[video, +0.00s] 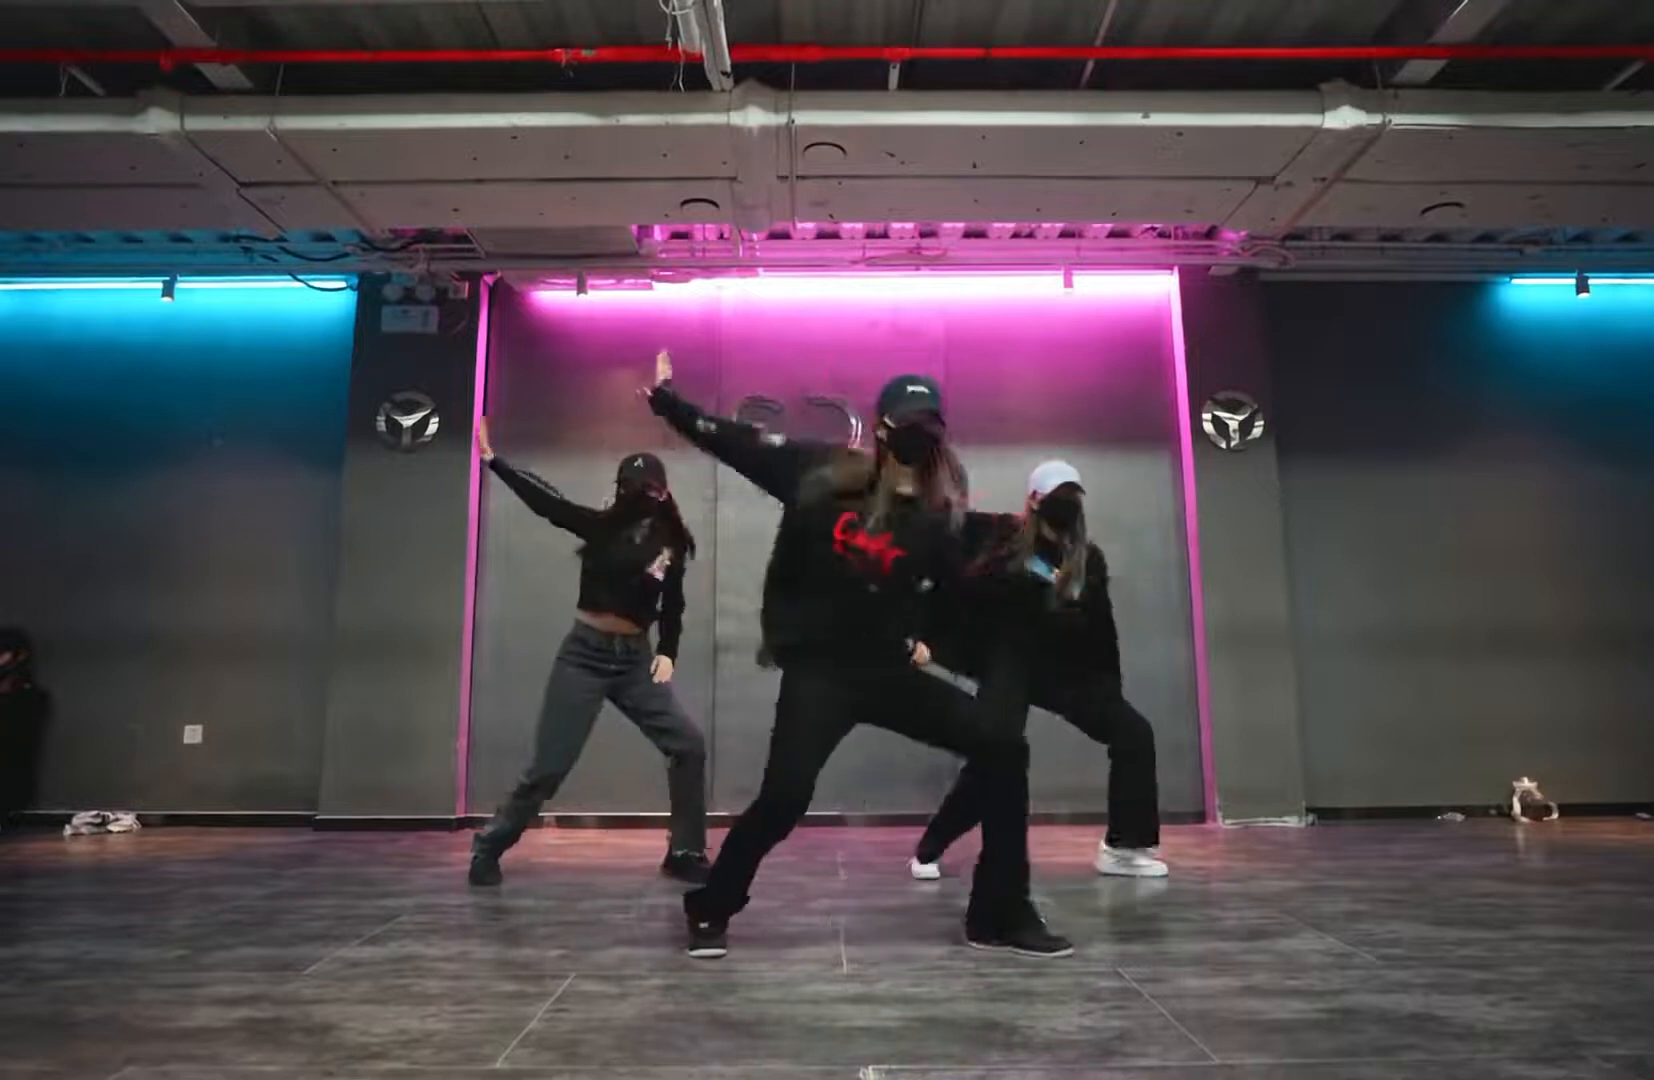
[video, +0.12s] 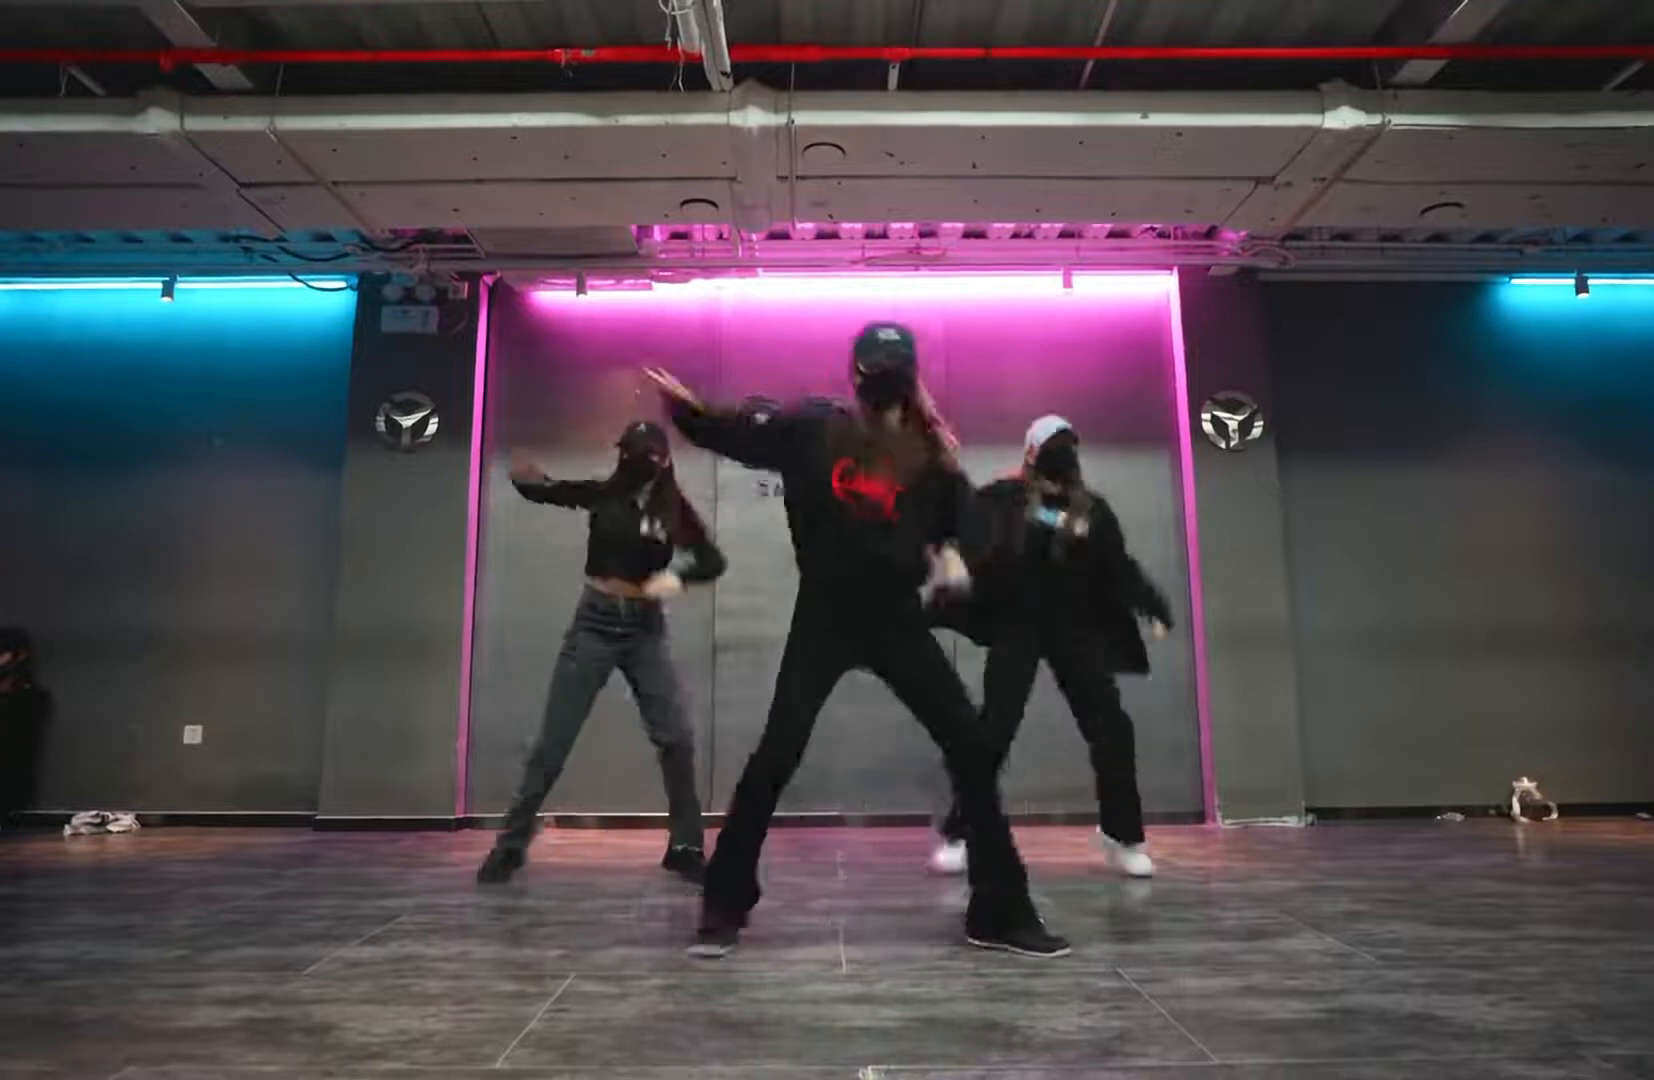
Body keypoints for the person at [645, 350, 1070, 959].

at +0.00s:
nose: (913, 437)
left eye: (925, 426)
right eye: (902, 424)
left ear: (937, 433)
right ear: (877, 426)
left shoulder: (936, 510)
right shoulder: (820, 472)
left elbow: (956, 599)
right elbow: (739, 444)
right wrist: (668, 403)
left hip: (889, 674)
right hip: (817, 673)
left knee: (1004, 747)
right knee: (784, 801)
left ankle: (999, 909)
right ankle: (709, 908)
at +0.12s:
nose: (883, 391)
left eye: (893, 378)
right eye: (873, 378)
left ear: (911, 377)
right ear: (857, 374)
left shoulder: (930, 458)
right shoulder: (811, 430)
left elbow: (969, 538)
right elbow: (734, 434)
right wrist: (687, 408)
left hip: (899, 625)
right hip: (823, 623)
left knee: (972, 748)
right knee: (776, 757)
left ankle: (999, 909)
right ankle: (723, 907)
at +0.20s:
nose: (872, 360)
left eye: (882, 349)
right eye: (860, 349)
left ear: (899, 353)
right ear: (841, 353)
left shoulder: (919, 424)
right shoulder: (810, 415)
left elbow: (947, 474)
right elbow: (749, 452)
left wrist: (910, 507)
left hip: (898, 599)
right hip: (824, 600)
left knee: (938, 737)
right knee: (791, 736)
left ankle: (936, 894)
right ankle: (772, 887)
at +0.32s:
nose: (856, 373)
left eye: (866, 362)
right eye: (845, 362)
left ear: (885, 361)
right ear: (830, 361)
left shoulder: (906, 420)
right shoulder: (804, 422)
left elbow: (898, 465)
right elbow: (771, 484)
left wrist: (845, 495)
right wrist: (807, 510)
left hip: (896, 597)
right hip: (828, 593)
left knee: (896, 744)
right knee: (813, 742)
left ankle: (884, 892)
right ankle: (805, 895)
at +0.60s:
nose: (873, 404)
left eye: (879, 395)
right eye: (862, 393)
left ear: (884, 395)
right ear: (833, 385)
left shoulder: (889, 459)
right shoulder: (798, 448)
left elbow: (939, 521)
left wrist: (957, 569)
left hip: (883, 630)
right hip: (819, 630)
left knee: (873, 761)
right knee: (813, 767)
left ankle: (888, 900)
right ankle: (899, 814)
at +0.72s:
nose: (866, 424)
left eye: (873, 412)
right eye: (856, 411)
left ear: (879, 407)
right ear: (825, 399)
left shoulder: (876, 470)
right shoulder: (788, 453)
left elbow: (908, 537)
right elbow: (801, 532)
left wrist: (905, 599)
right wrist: (891, 558)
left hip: (870, 629)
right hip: (807, 631)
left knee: (874, 759)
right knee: (793, 772)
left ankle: (889, 896)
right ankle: (882, 747)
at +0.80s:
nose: (846, 419)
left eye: (855, 408)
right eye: (836, 408)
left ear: (870, 407)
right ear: (815, 405)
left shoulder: (875, 469)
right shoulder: (784, 453)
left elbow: (850, 527)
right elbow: (758, 513)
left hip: (862, 631)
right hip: (801, 629)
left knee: (857, 765)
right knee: (743, 750)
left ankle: (889, 894)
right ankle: (823, 782)